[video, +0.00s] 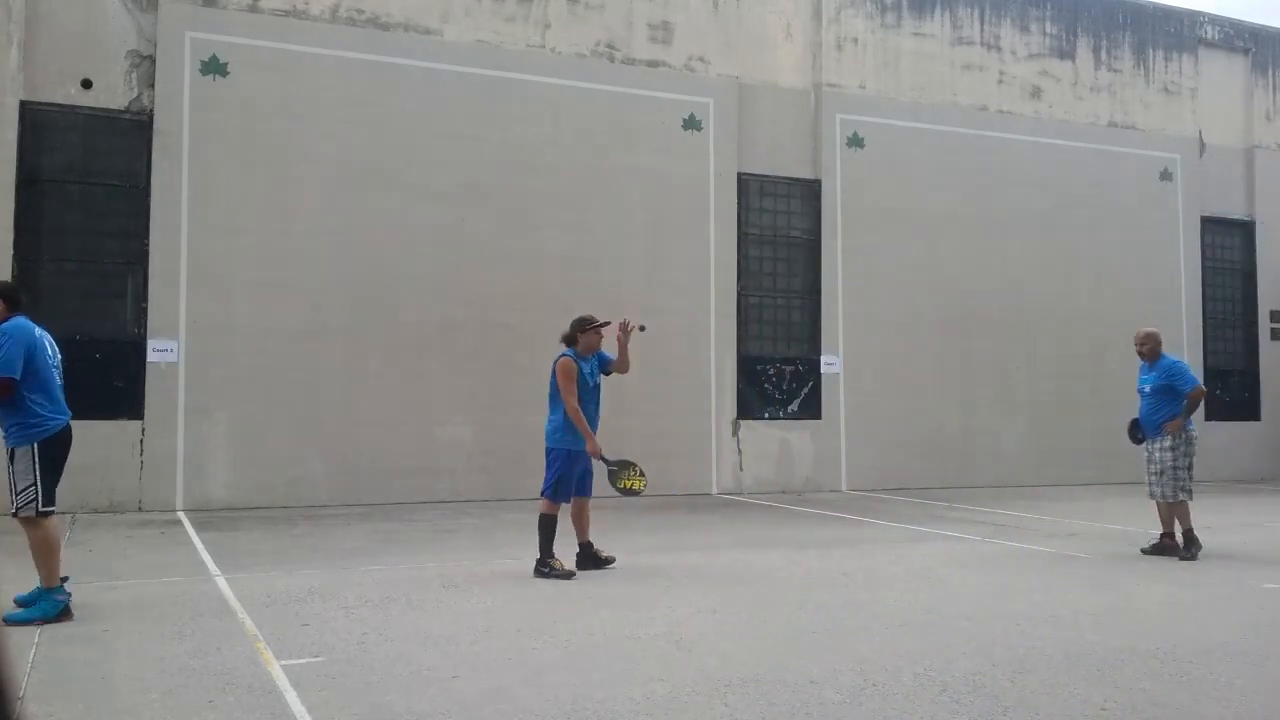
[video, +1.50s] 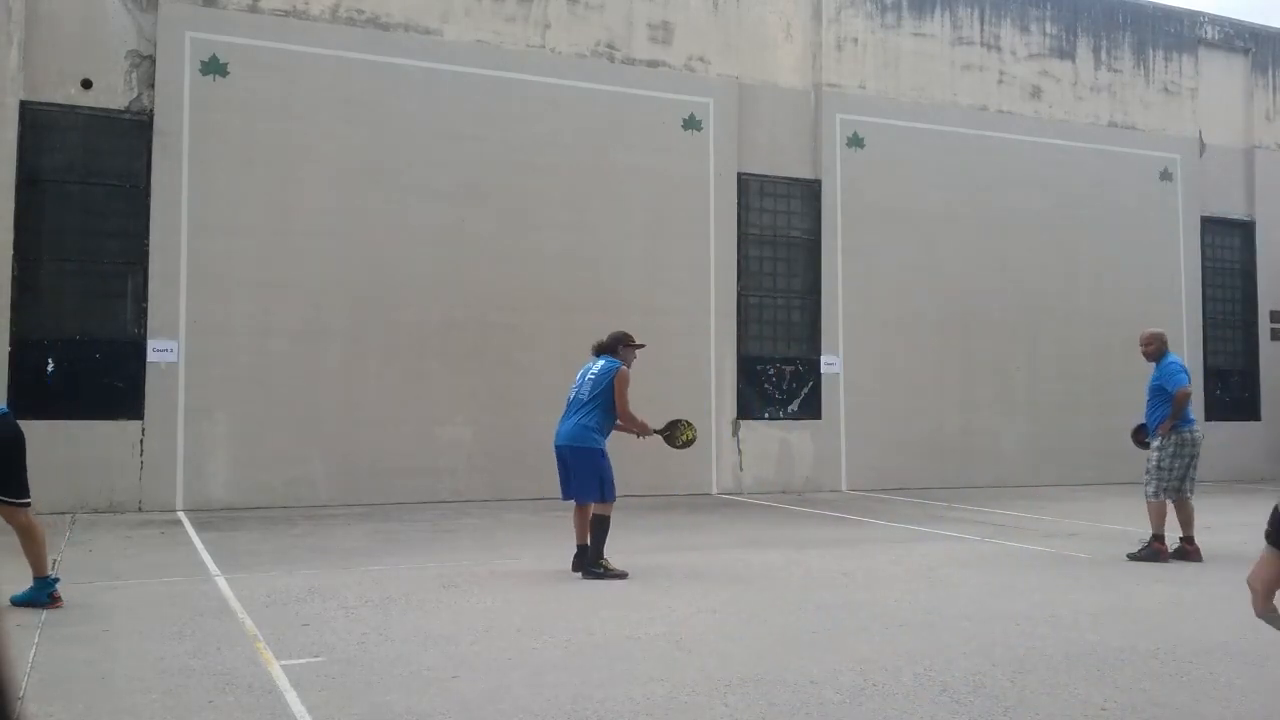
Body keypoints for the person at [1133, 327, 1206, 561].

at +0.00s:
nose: (1139, 349)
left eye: (1144, 345)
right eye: (1137, 345)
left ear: (1158, 345)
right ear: (1137, 347)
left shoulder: (1172, 367)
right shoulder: (1144, 369)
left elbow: (1198, 392)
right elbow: (1153, 400)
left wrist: (1181, 419)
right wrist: (1142, 423)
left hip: (1174, 436)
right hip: (1154, 437)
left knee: (1173, 490)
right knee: (1159, 489)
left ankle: (1190, 539)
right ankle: (1167, 539)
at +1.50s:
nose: (1144, 350)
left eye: (1149, 345)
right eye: (1142, 346)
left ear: (1164, 344)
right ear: (1143, 348)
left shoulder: (1170, 366)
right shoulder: (1164, 366)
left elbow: (1183, 392)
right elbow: (1167, 401)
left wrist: (1169, 421)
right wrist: (1151, 426)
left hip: (1172, 435)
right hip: (1185, 434)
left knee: (1154, 489)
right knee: (1179, 491)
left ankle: (1157, 544)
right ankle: (1189, 545)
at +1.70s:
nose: (1148, 348)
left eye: (1152, 343)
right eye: (1147, 343)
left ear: (1169, 343)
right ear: (1169, 345)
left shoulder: (1169, 365)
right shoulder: (1182, 363)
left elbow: (1176, 392)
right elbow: (1198, 394)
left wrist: (1163, 424)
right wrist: (1185, 418)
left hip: (1171, 435)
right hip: (1190, 433)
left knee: (1160, 490)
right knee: (1182, 491)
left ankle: (1158, 545)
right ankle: (1189, 545)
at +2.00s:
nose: (1152, 343)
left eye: (1157, 339)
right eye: (1152, 339)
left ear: (1172, 343)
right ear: (1171, 344)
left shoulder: (1174, 363)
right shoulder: (1182, 362)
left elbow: (1177, 390)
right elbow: (1183, 393)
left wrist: (1158, 414)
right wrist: (1162, 413)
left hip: (1168, 435)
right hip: (1179, 434)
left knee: (1162, 488)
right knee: (1182, 491)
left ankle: (1158, 543)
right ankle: (1188, 542)